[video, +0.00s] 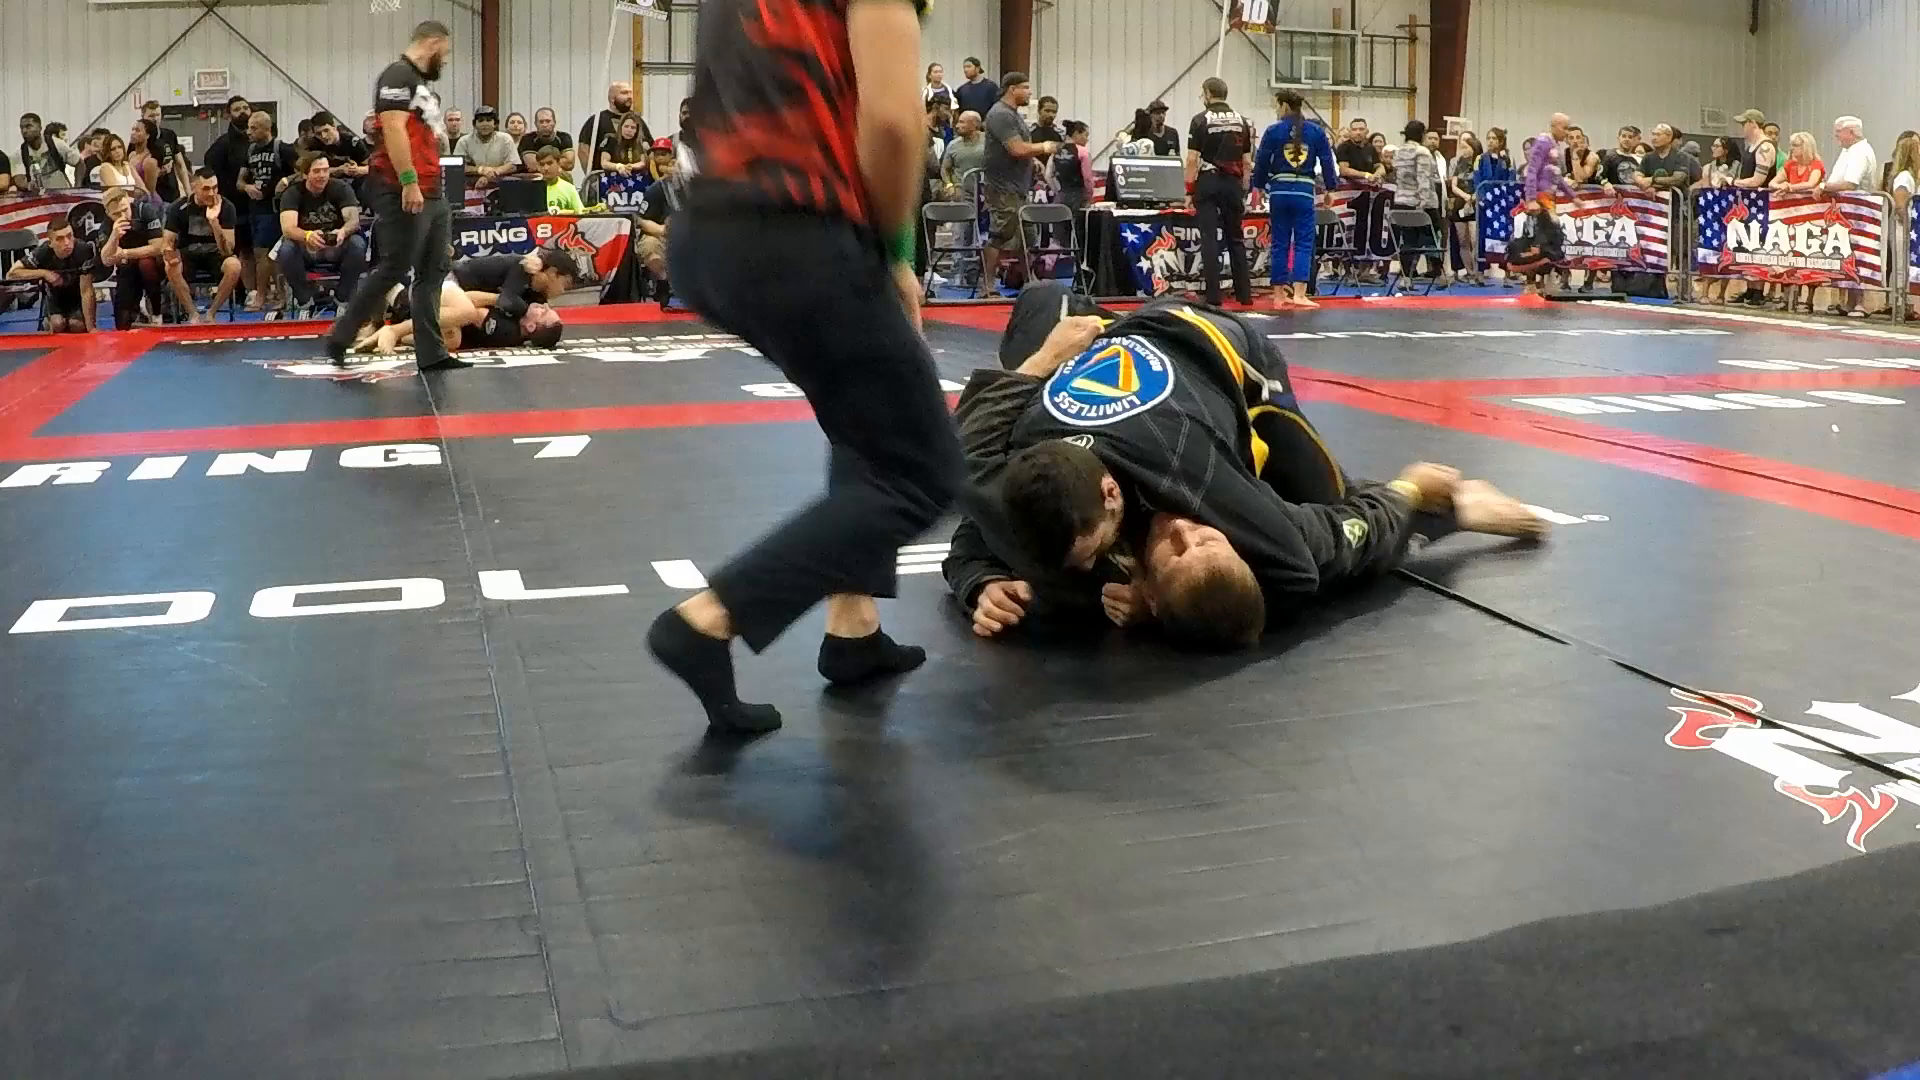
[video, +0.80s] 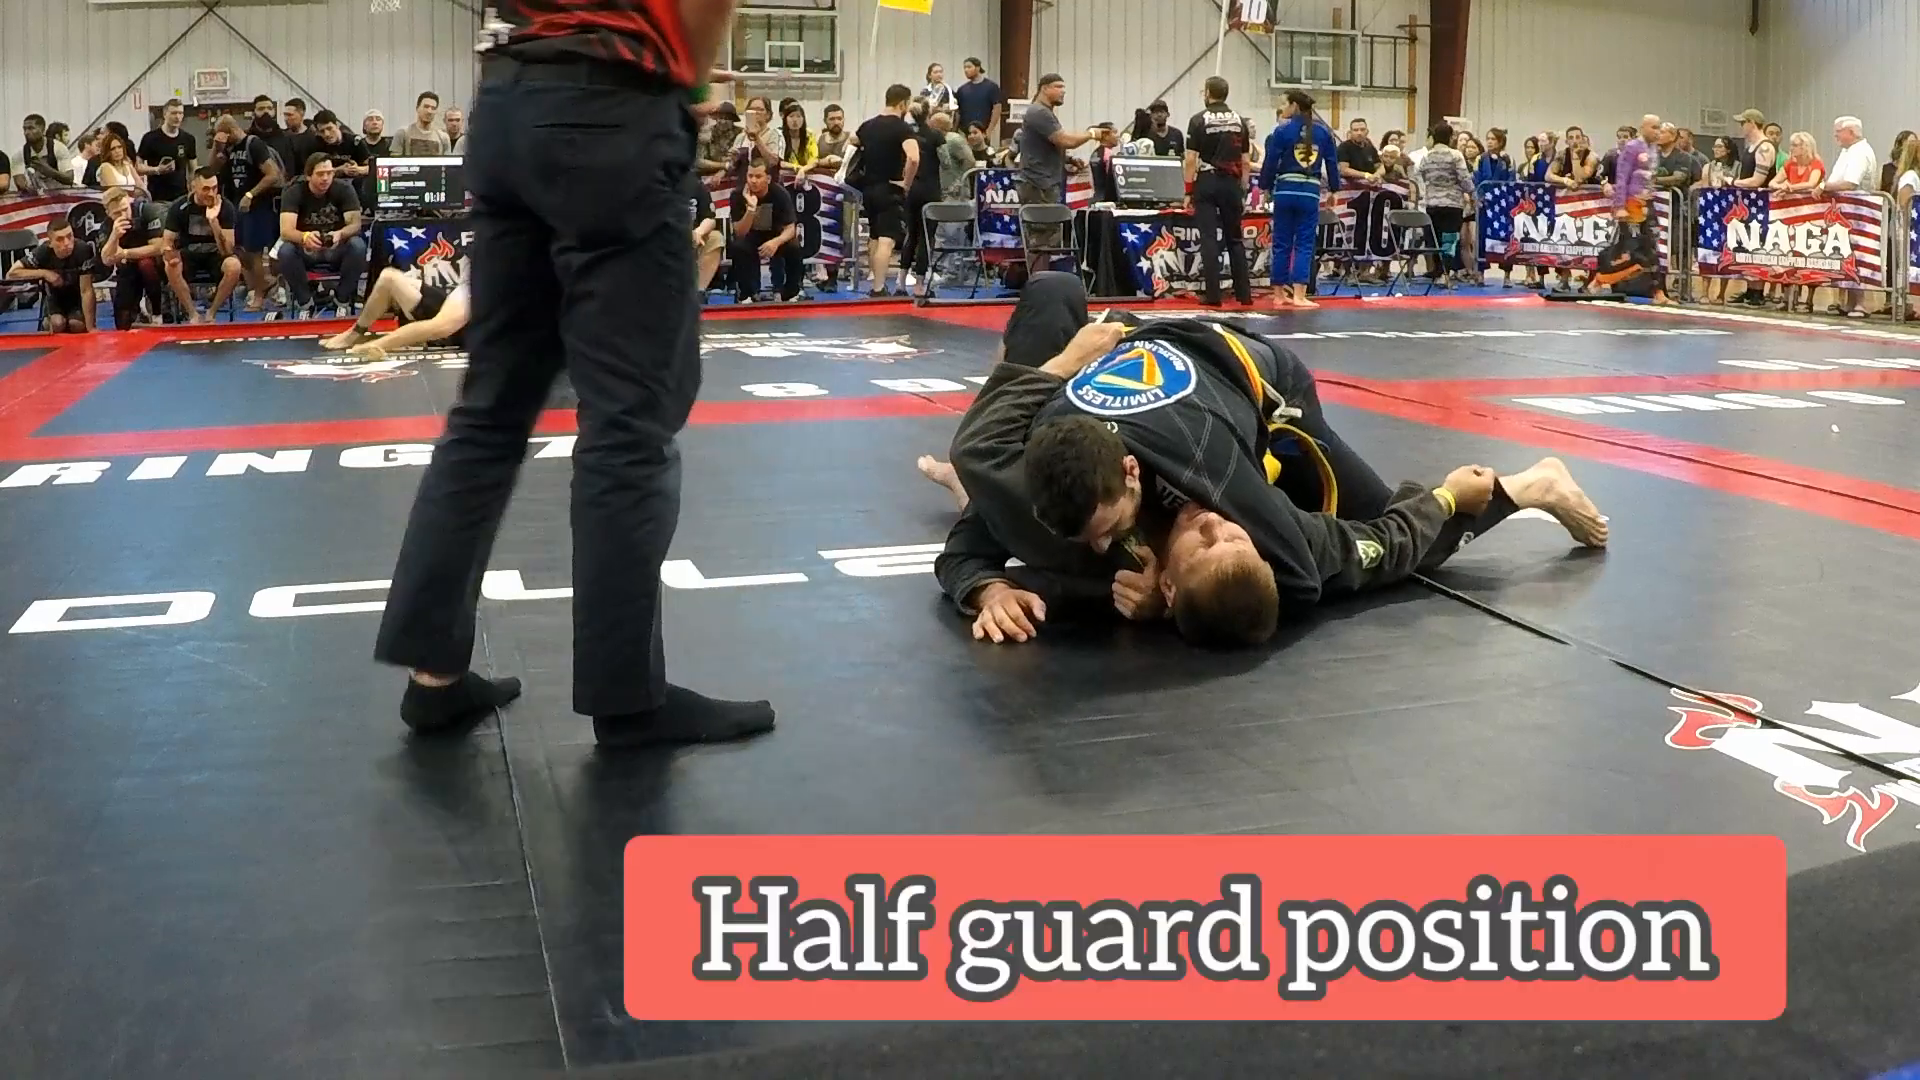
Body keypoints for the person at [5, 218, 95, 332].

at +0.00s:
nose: (67, 243)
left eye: (69, 237)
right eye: (60, 239)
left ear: (73, 236)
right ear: (50, 241)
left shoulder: (83, 250)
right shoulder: (43, 252)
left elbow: (86, 290)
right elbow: (12, 273)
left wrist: (91, 327)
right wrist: (44, 273)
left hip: (77, 291)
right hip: (55, 292)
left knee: (78, 325)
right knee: (58, 324)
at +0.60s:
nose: (67, 243)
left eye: (69, 237)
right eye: (60, 239)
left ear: (73, 235)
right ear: (50, 241)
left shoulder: (83, 250)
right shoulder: (43, 252)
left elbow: (86, 290)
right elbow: (12, 273)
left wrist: (91, 327)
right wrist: (44, 273)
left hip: (77, 293)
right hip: (55, 294)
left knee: (76, 324)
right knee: (58, 323)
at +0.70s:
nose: (67, 243)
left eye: (69, 237)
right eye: (60, 239)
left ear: (73, 235)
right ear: (50, 240)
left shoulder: (83, 250)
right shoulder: (43, 251)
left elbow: (86, 290)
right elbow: (12, 273)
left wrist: (91, 327)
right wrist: (44, 273)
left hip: (77, 292)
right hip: (55, 293)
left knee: (76, 324)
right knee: (58, 323)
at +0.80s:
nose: (67, 243)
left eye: (69, 237)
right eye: (60, 239)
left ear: (73, 235)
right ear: (50, 241)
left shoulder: (83, 249)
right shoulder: (43, 251)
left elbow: (86, 290)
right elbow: (12, 273)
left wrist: (91, 328)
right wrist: (44, 273)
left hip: (77, 292)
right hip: (55, 293)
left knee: (77, 325)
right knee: (58, 323)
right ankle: (46, 324)